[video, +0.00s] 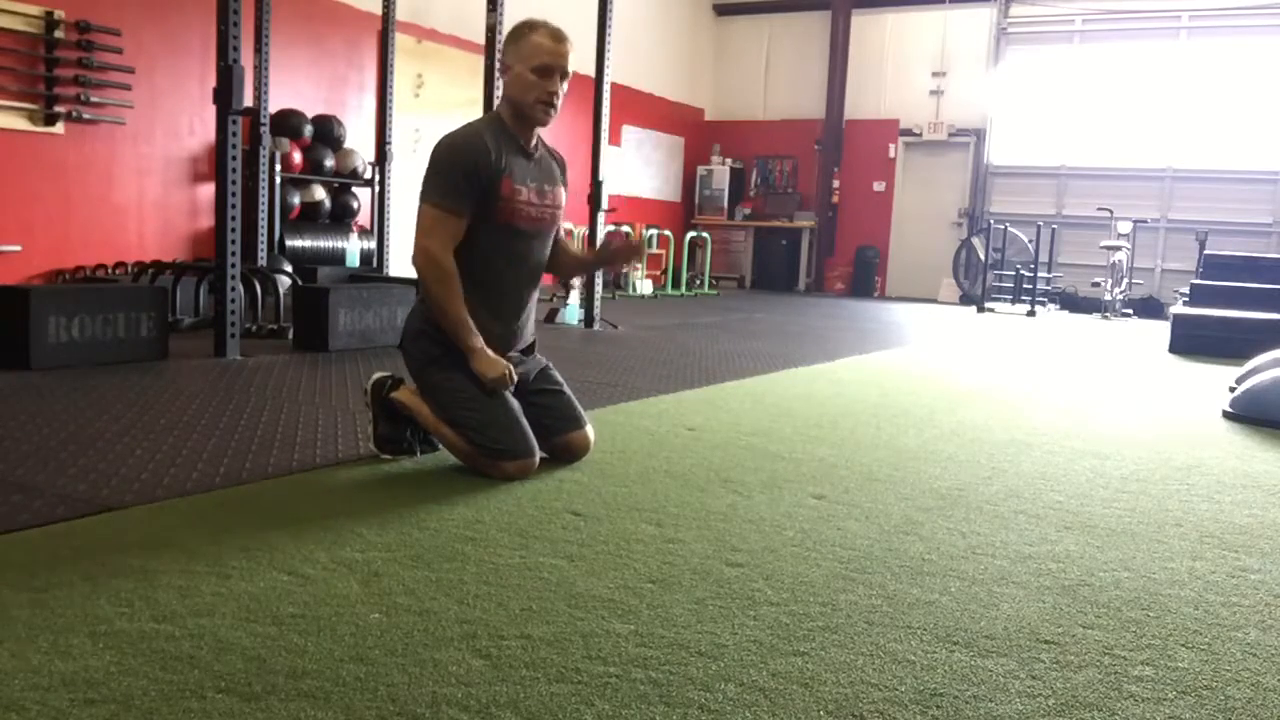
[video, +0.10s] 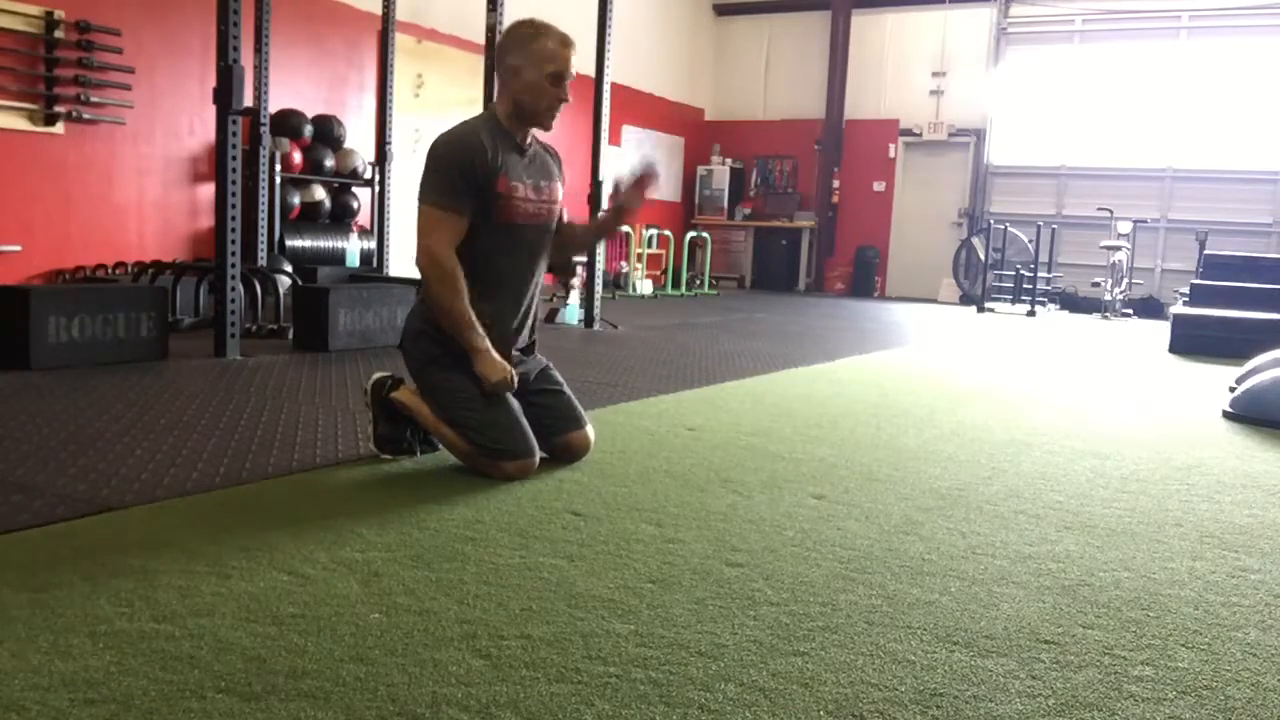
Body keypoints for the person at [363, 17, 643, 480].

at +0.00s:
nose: (555, 88)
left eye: (563, 77)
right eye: (541, 72)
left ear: (568, 84)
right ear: (505, 71)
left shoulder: (553, 164)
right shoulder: (466, 149)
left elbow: (551, 253)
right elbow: (431, 254)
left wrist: (599, 260)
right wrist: (476, 349)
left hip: (517, 347)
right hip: (448, 348)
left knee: (573, 444)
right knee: (516, 464)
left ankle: (445, 408)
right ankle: (401, 400)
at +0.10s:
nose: (567, 93)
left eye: (568, 81)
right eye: (555, 79)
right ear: (508, 73)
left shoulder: (548, 159)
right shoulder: (462, 148)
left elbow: (554, 243)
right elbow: (434, 257)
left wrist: (612, 219)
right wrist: (482, 350)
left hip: (516, 345)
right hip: (449, 348)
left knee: (572, 443)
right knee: (516, 463)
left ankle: (444, 409)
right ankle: (400, 399)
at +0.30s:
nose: (566, 94)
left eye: (568, 82)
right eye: (563, 80)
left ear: (530, 81)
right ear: (529, 79)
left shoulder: (538, 153)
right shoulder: (462, 148)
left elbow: (562, 219)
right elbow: (439, 261)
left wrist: (600, 154)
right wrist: (478, 357)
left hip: (513, 347)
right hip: (451, 349)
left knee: (571, 443)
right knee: (514, 464)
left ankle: (440, 407)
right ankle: (400, 398)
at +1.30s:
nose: (548, 89)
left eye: (555, 77)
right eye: (536, 73)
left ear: (560, 82)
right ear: (498, 71)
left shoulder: (540, 157)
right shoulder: (451, 149)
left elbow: (581, 195)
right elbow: (426, 254)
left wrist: (622, 189)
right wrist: (462, 334)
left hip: (516, 347)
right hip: (451, 348)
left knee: (574, 444)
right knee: (516, 464)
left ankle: (445, 409)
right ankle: (399, 400)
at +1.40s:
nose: (535, 86)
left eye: (545, 76)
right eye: (521, 70)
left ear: (552, 85)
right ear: (488, 70)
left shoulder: (544, 159)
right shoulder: (452, 148)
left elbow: (568, 214)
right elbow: (410, 240)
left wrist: (622, 216)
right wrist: (471, 286)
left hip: (517, 347)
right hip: (451, 349)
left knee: (574, 443)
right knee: (516, 463)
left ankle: (446, 411)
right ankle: (399, 399)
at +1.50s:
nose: (519, 87)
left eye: (532, 78)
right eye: (507, 72)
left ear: (546, 88)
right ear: (486, 73)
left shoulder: (546, 160)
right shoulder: (451, 147)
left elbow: (559, 228)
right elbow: (401, 233)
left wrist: (610, 254)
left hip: (517, 346)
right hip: (450, 347)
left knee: (574, 444)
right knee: (516, 463)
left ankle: (448, 409)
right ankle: (399, 399)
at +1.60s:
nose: (509, 90)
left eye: (525, 80)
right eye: (500, 74)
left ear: (545, 88)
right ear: (484, 72)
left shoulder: (547, 160)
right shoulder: (451, 143)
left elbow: (558, 241)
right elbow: (395, 226)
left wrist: (606, 305)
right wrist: (443, 152)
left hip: (516, 345)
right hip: (449, 344)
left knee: (574, 443)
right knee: (516, 463)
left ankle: (443, 411)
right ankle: (398, 399)